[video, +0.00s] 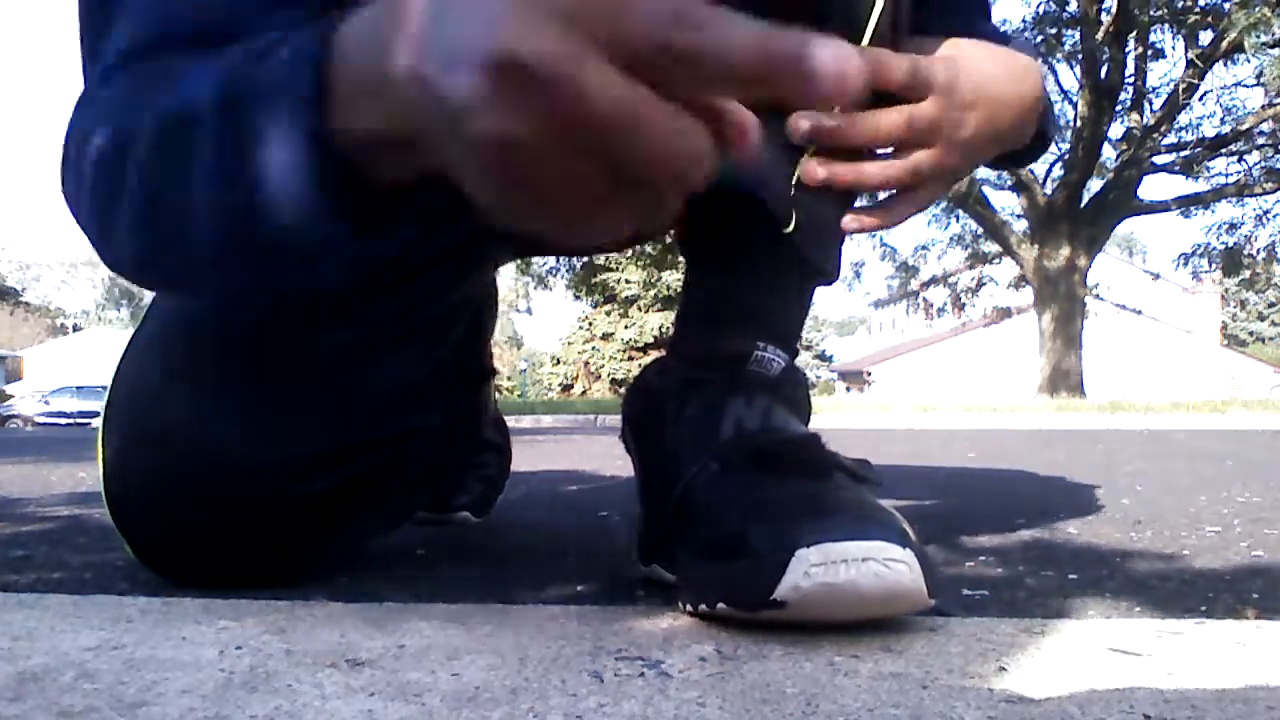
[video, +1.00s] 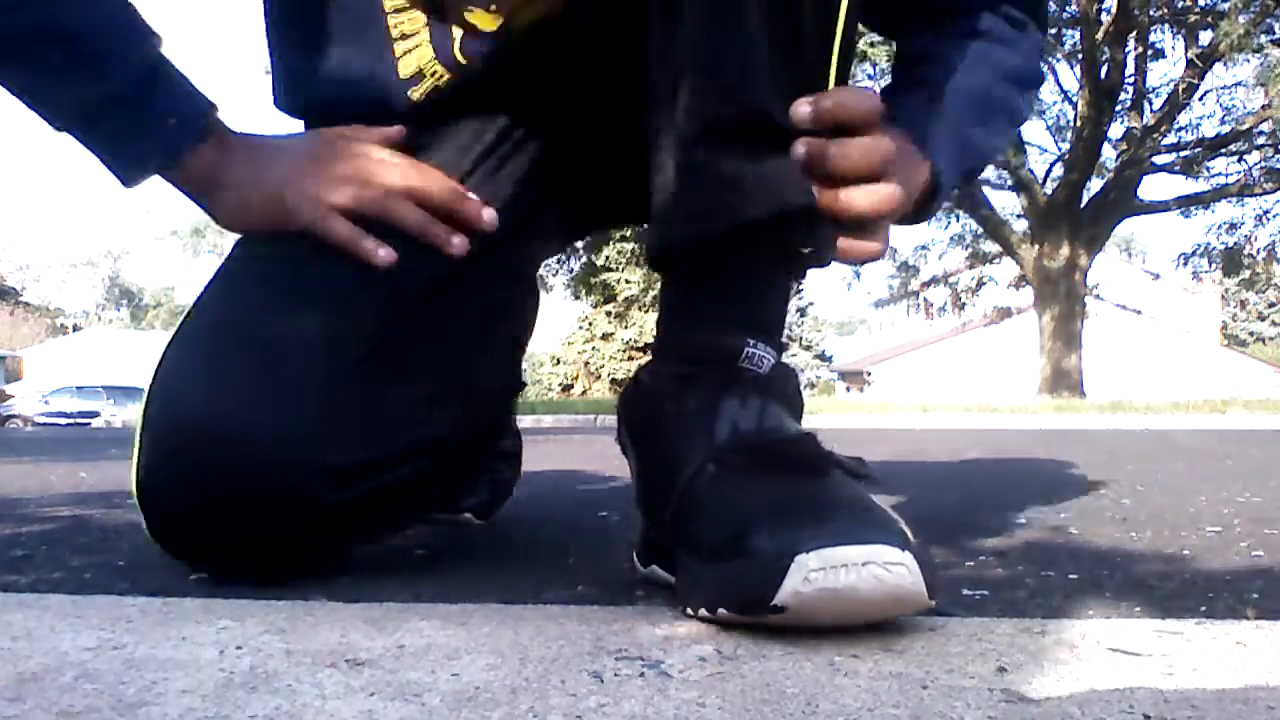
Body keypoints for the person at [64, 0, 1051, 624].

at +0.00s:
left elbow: (906, 29)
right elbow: (126, 144)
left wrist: (1023, 92)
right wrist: (393, 73)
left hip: (689, 63)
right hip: (368, 135)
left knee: (815, 13)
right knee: (192, 507)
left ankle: (733, 417)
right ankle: (423, 391)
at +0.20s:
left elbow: (935, 38)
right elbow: (155, 154)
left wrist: (1037, 120)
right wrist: (535, 234)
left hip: (652, 133)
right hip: (359, 158)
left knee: (786, 11)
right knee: (192, 497)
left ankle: (732, 447)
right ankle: (416, 402)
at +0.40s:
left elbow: (911, 24)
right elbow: (111, 118)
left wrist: (1002, 158)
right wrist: (456, 232)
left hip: (616, 134)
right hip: (324, 173)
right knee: (198, 501)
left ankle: (734, 437)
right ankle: (422, 411)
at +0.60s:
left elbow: (910, 30)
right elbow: (56, 16)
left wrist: (997, 163)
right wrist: (237, 129)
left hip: (605, 105)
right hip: (335, 138)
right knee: (194, 511)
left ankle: (730, 418)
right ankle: (411, 373)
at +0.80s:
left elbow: (956, 45)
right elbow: (23, 25)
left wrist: (997, 142)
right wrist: (163, 150)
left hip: (625, 118)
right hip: (341, 155)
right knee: (194, 505)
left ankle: (727, 421)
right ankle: (415, 385)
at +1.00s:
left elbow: (996, 12)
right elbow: (33, 16)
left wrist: (926, 141)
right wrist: (210, 152)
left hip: (672, 75)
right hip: (402, 139)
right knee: (217, 498)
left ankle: (725, 423)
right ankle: (452, 417)